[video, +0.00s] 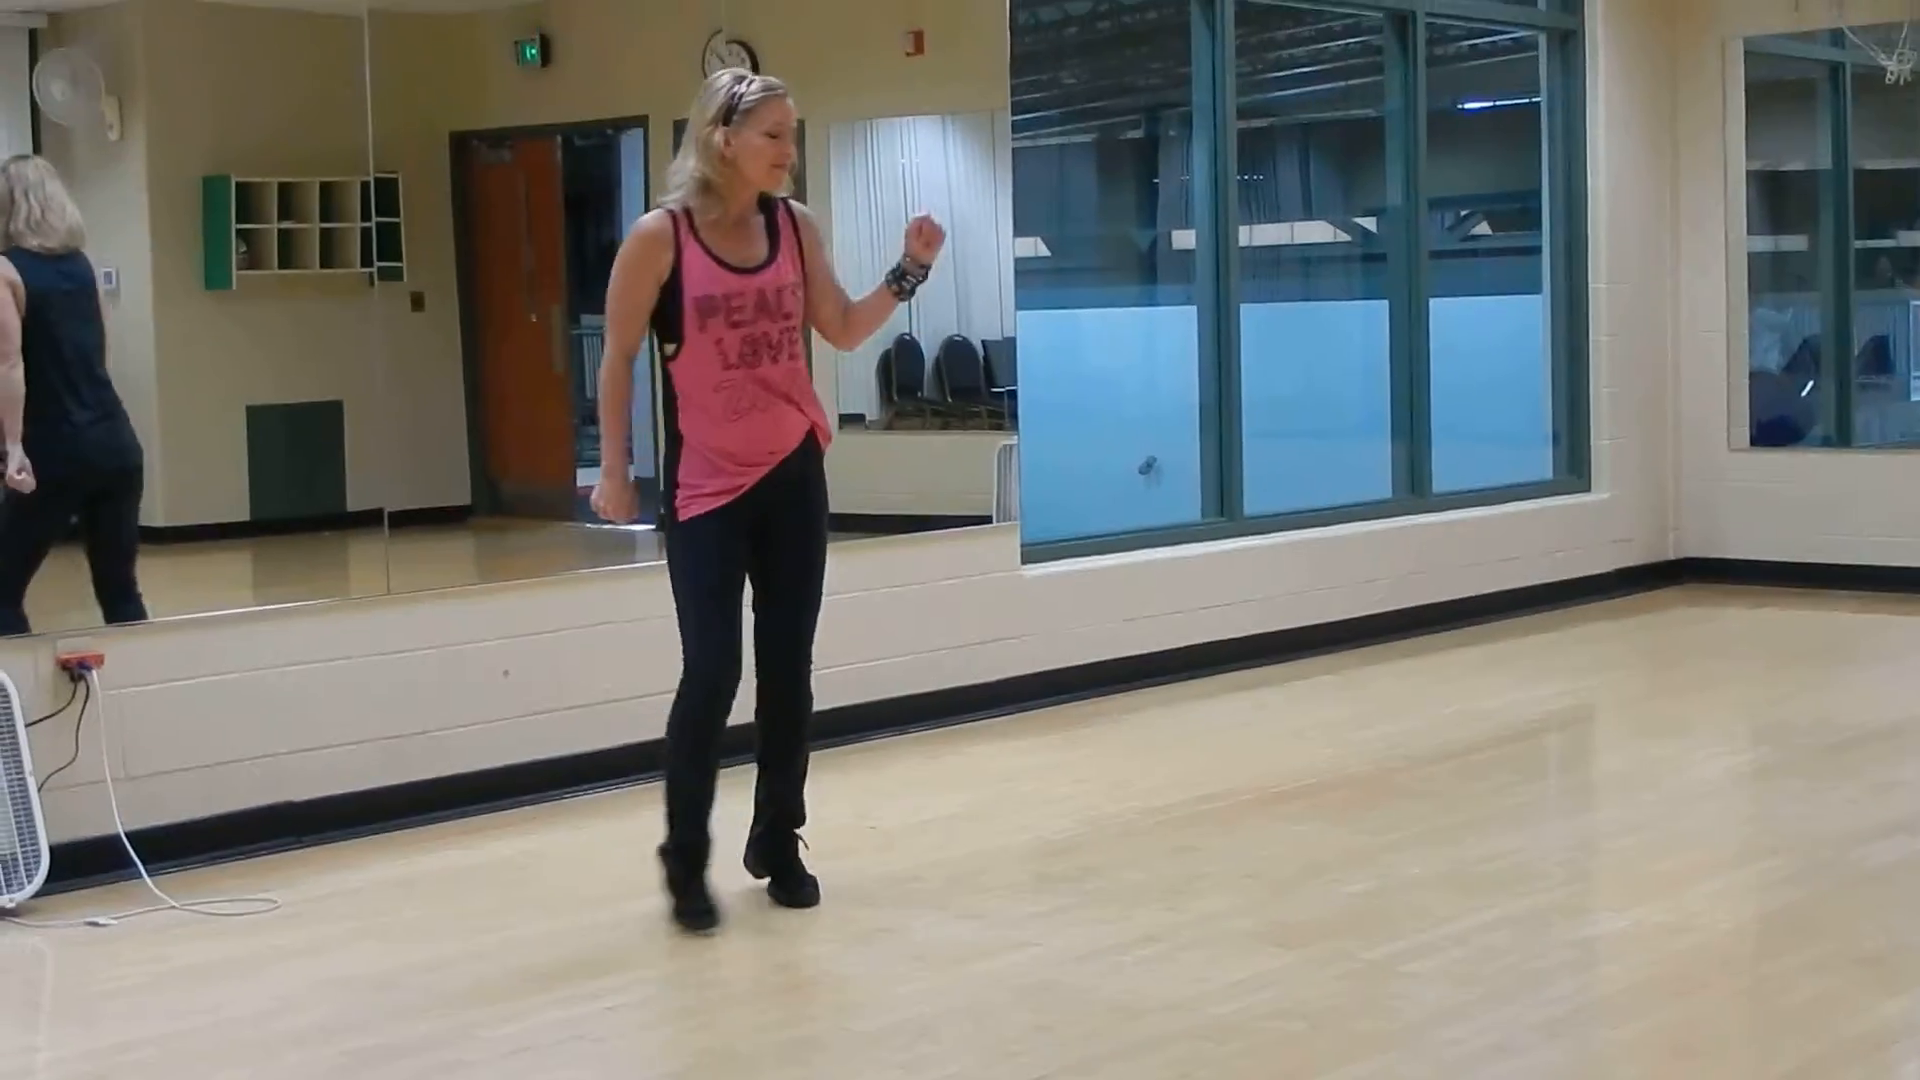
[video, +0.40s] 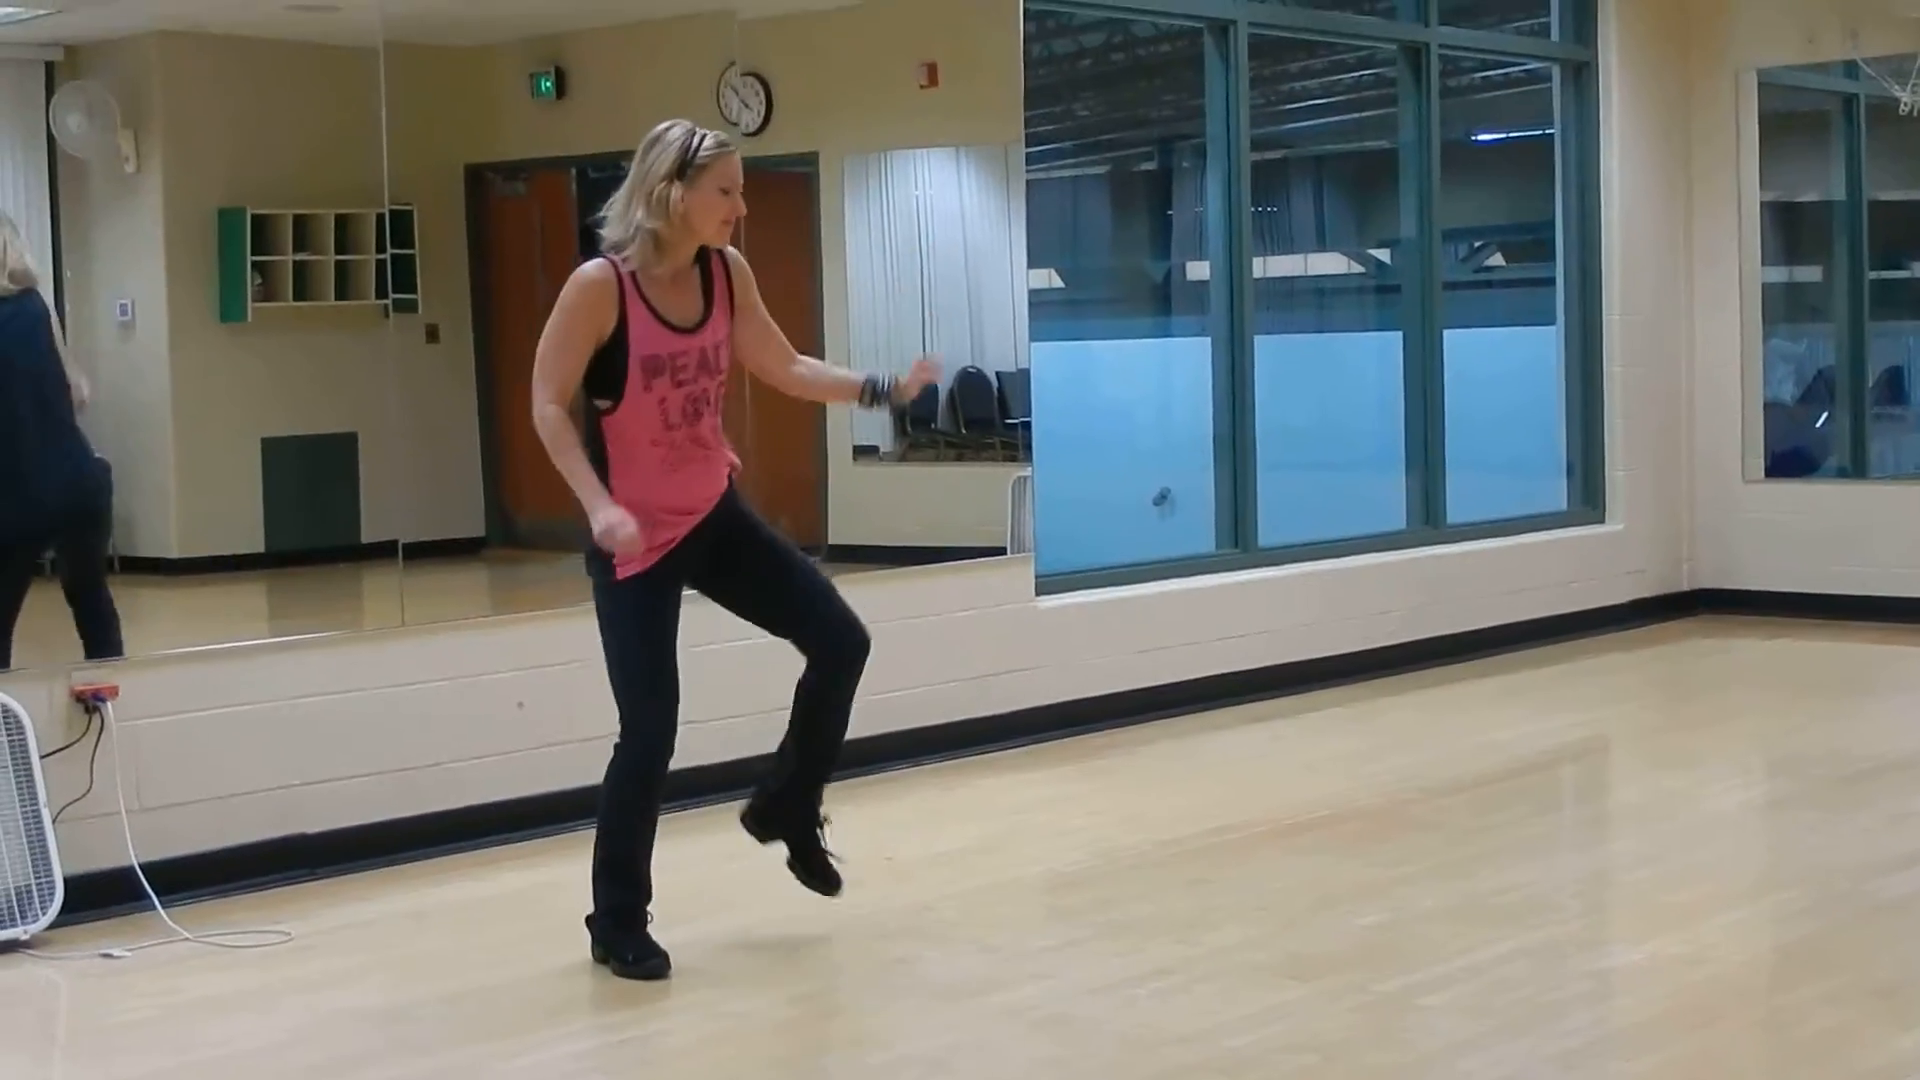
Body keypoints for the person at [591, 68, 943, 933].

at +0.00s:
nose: (787, 151)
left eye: (792, 137)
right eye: (772, 137)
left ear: (786, 145)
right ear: (720, 140)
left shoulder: (795, 225)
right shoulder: (657, 239)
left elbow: (844, 330)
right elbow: (619, 357)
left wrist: (909, 271)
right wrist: (613, 470)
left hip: (793, 472)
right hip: (705, 484)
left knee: (787, 671)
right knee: (713, 674)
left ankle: (778, 842)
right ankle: (685, 857)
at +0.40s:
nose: (737, 207)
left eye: (739, 193)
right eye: (723, 192)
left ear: (722, 199)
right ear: (670, 194)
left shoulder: (726, 272)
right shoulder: (598, 287)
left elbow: (784, 368)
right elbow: (549, 403)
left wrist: (885, 388)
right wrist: (598, 504)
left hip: (714, 517)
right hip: (632, 542)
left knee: (841, 640)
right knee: (649, 732)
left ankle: (787, 805)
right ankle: (616, 923)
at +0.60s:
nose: (726, 229)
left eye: (728, 215)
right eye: (713, 214)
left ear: (715, 222)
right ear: (657, 216)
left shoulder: (721, 294)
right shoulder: (588, 314)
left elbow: (752, 400)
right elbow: (548, 431)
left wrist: (806, 497)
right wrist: (602, 456)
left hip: (704, 542)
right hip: (622, 564)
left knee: (849, 644)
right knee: (650, 753)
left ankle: (751, 788)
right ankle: (622, 937)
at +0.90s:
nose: (752, 213)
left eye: (754, 199)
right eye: (731, 202)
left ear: (755, 216)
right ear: (680, 221)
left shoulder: (761, 311)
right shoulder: (642, 308)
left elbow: (738, 425)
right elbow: (612, 427)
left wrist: (743, 519)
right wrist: (684, 374)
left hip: (725, 550)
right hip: (647, 564)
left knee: (836, 708)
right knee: (659, 756)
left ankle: (761, 863)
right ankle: (628, 936)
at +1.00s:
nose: (776, 195)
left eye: (777, 181)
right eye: (754, 186)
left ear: (781, 198)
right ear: (708, 207)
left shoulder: (781, 291)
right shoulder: (681, 278)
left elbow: (748, 404)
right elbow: (649, 386)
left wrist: (748, 498)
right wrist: (723, 364)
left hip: (735, 535)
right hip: (655, 547)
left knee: (835, 702)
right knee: (644, 747)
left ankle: (833, 876)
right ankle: (624, 936)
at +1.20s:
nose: (837, 204)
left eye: (837, 190)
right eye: (816, 195)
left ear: (840, 205)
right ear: (772, 218)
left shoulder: (837, 296)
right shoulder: (760, 288)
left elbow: (820, 401)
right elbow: (748, 378)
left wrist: (847, 457)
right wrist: (786, 445)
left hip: (790, 555)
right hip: (715, 555)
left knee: (863, 722)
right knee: (660, 736)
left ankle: (910, 890)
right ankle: (616, 927)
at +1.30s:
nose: (872, 205)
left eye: (872, 191)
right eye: (851, 196)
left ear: (874, 208)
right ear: (810, 220)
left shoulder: (867, 296)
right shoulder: (802, 301)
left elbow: (858, 410)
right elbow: (779, 414)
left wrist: (916, 412)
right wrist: (784, 507)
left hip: (828, 548)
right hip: (758, 547)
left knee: (912, 710)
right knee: (700, 731)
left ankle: (925, 891)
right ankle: (625, 913)